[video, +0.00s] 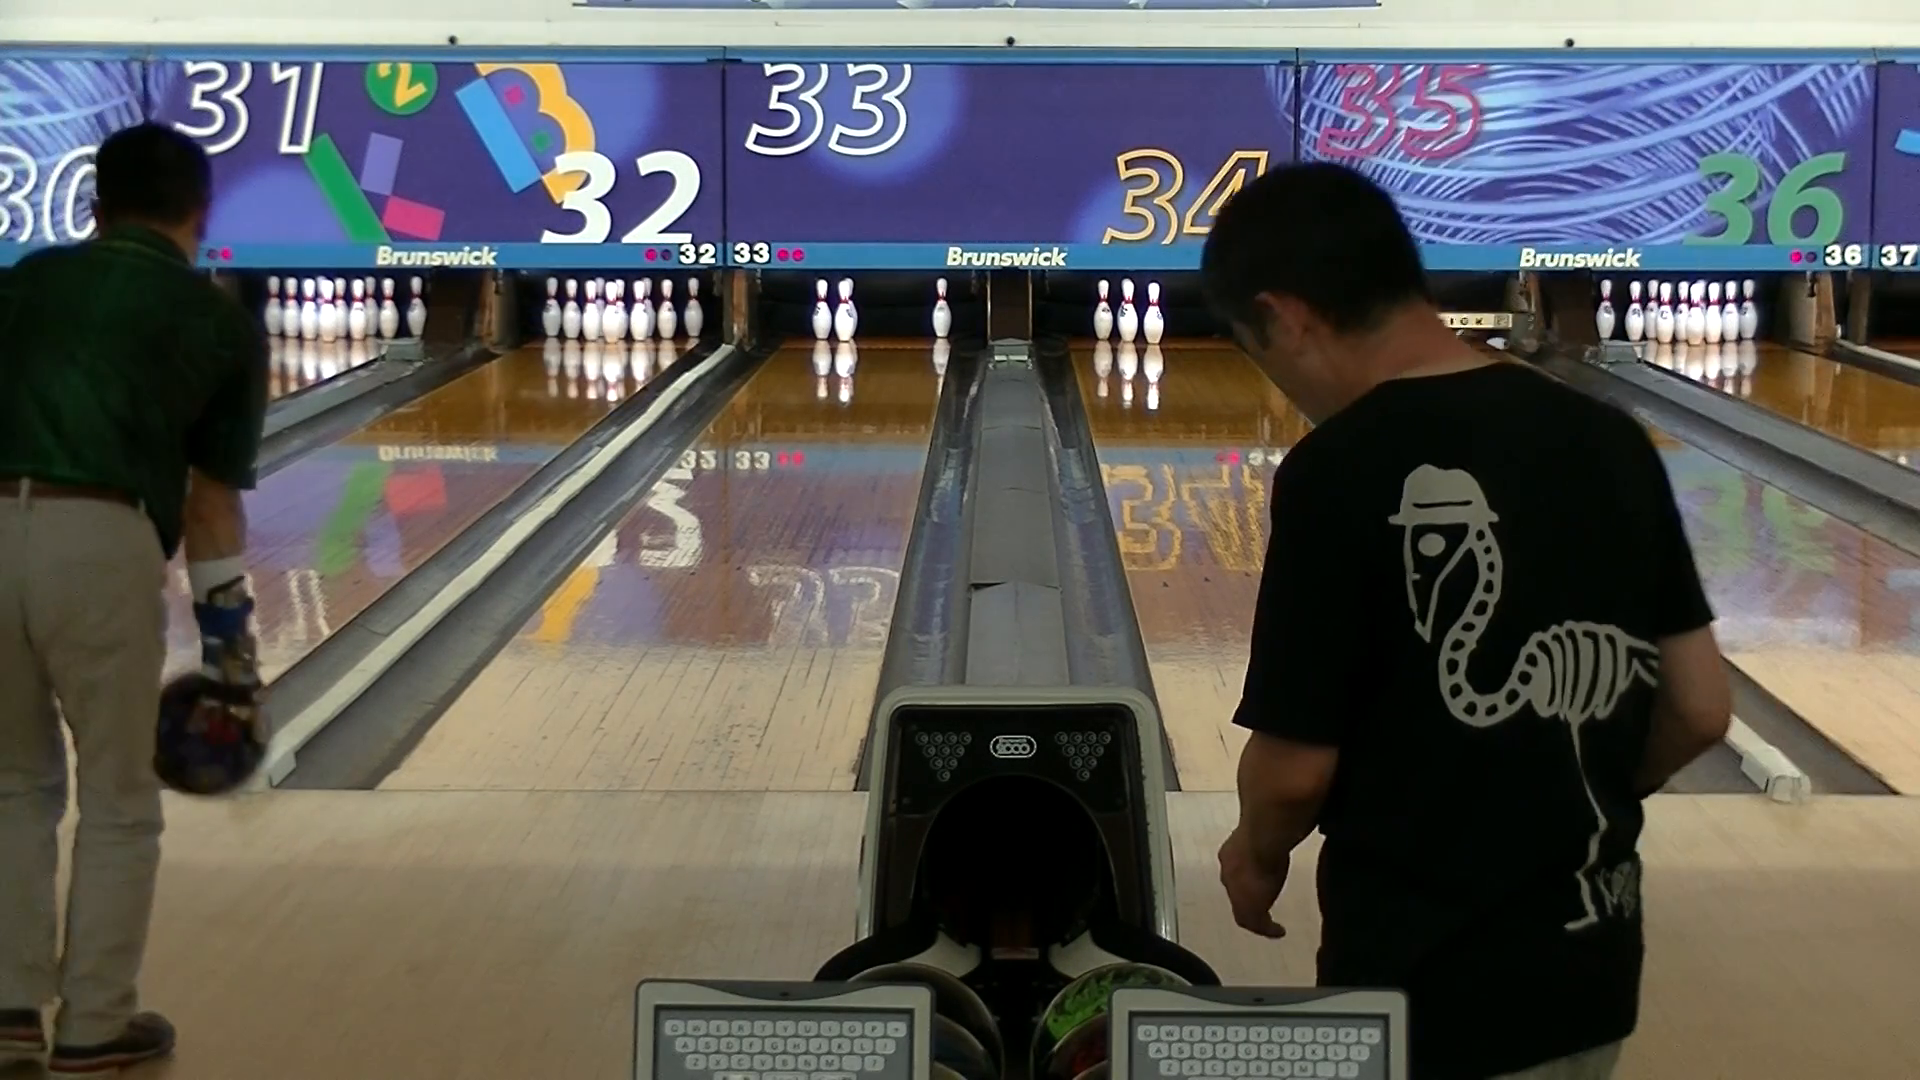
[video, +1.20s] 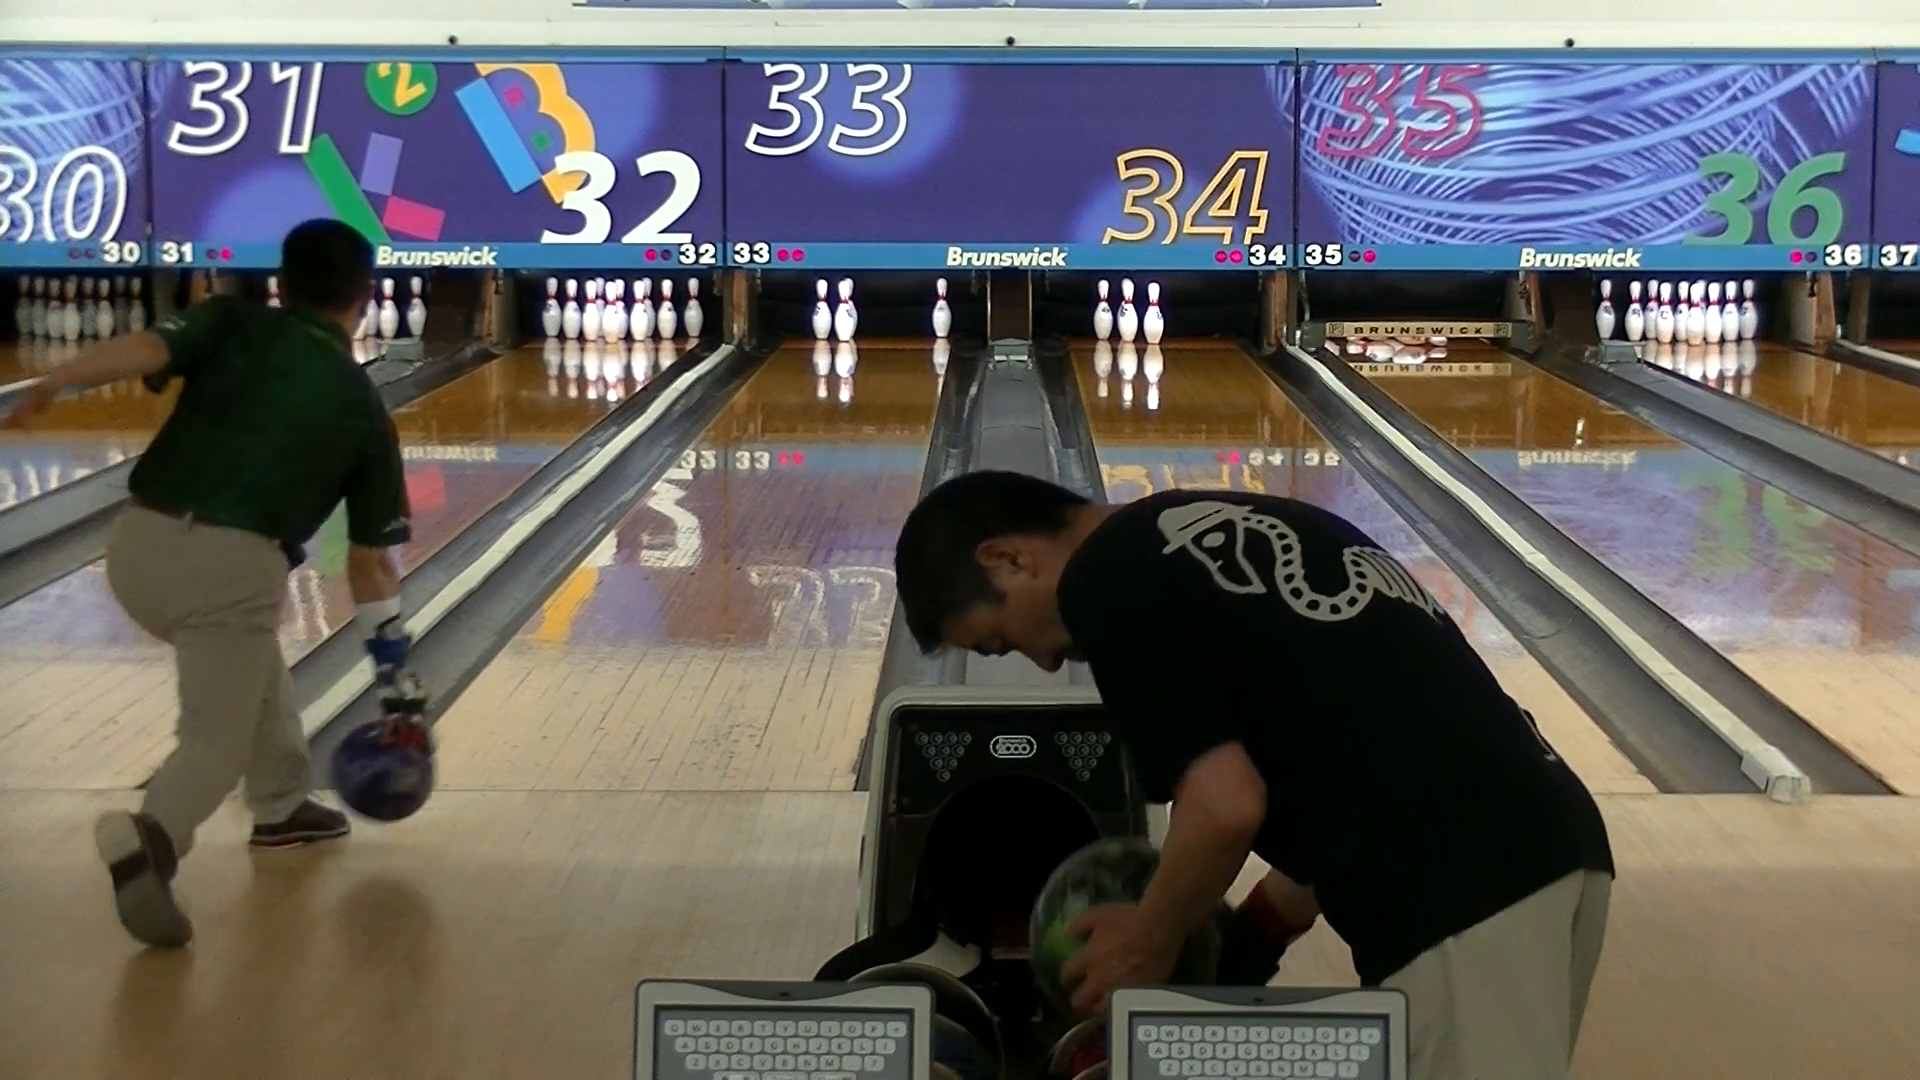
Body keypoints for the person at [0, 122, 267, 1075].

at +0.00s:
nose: (203, 228)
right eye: (203, 215)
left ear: (97, 209)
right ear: (193, 216)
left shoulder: (26, 278)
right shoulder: (210, 312)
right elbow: (211, 490)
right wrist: (227, 634)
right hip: (99, 545)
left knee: (17, 784)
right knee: (119, 798)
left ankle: (12, 1010)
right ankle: (94, 1021)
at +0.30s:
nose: (235, 242)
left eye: (230, 228)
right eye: (235, 228)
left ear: (132, 217)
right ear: (222, 224)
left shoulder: (55, 277)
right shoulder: (228, 303)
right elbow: (217, 417)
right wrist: (206, 512)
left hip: (4, 513)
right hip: (105, 515)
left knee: (47, 776)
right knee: (131, 777)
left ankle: (70, 991)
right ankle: (92, 1005)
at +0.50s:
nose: (255, 219)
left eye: (251, 206)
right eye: (254, 205)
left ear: (153, 196)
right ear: (241, 202)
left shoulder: (74, 264)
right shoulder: (252, 271)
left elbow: (2, 342)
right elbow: (226, 328)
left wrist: (38, 407)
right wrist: (151, 393)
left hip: (23, 500)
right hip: (145, 499)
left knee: (56, 759)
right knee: (179, 714)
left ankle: (75, 980)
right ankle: (148, 897)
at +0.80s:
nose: (308, 264)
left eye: (304, 251)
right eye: (307, 251)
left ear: (217, 241)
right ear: (295, 250)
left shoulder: (138, 281)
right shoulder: (295, 330)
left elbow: (21, 264)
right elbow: (248, 378)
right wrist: (163, 427)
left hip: (75, 515)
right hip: (185, 523)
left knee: (101, 714)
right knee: (189, 742)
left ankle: (90, 865)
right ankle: (143, 922)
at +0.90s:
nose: (323, 292)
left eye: (322, 280)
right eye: (324, 280)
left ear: (240, 264)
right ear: (315, 282)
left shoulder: (166, 295)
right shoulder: (307, 364)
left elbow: (47, 267)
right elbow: (261, 439)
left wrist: (4, 247)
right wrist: (239, 481)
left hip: (81, 538)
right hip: (184, 548)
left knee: (133, 705)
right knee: (190, 758)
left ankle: (137, 878)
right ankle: (146, 900)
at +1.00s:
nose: (345, 311)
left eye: (345, 299)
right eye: (345, 298)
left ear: (257, 285)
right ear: (337, 302)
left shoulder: (186, 314)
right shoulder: (325, 404)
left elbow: (78, 291)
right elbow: (285, 518)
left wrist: (5, 269)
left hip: (91, 548)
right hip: (194, 566)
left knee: (197, 684)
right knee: (179, 754)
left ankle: (209, 837)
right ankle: (142, 886)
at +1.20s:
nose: (368, 299)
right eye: (368, 290)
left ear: (284, 286)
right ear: (363, 299)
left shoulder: (232, 321)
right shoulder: (362, 410)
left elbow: (143, 352)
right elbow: (370, 561)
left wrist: (47, 382)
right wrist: (394, 672)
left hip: (135, 549)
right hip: (232, 575)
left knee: (253, 662)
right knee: (214, 738)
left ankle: (280, 806)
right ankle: (154, 835)